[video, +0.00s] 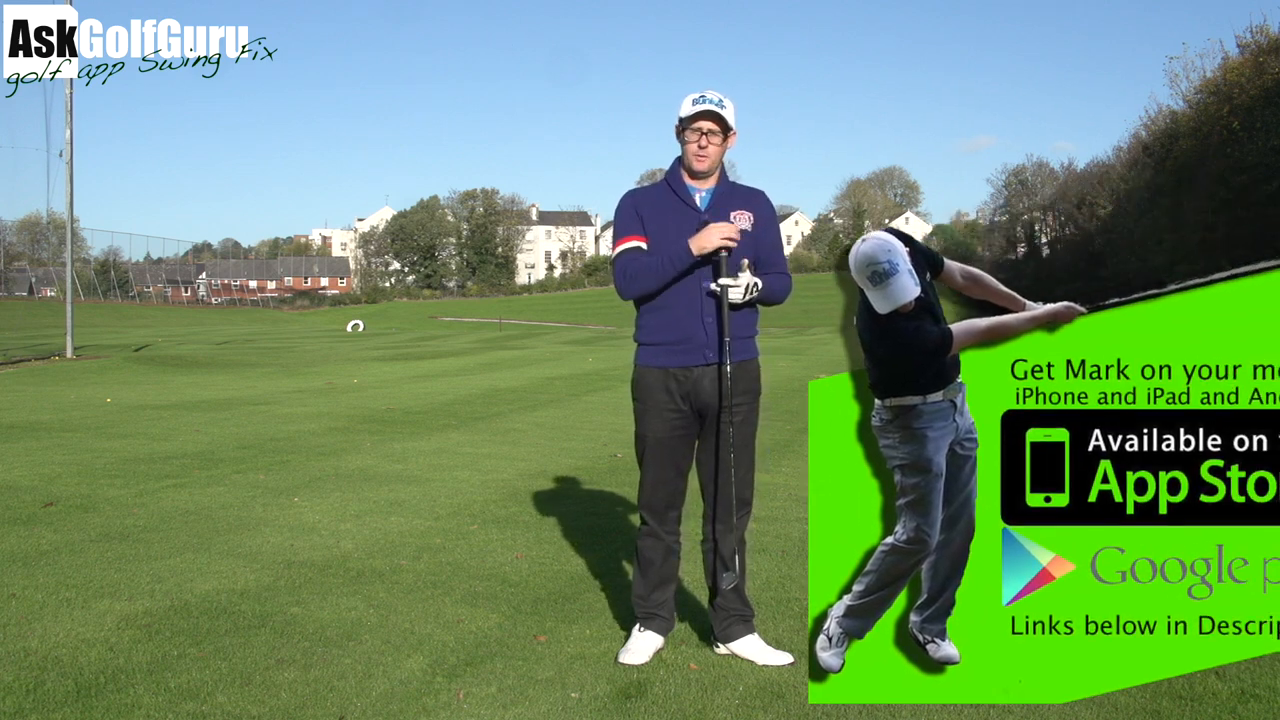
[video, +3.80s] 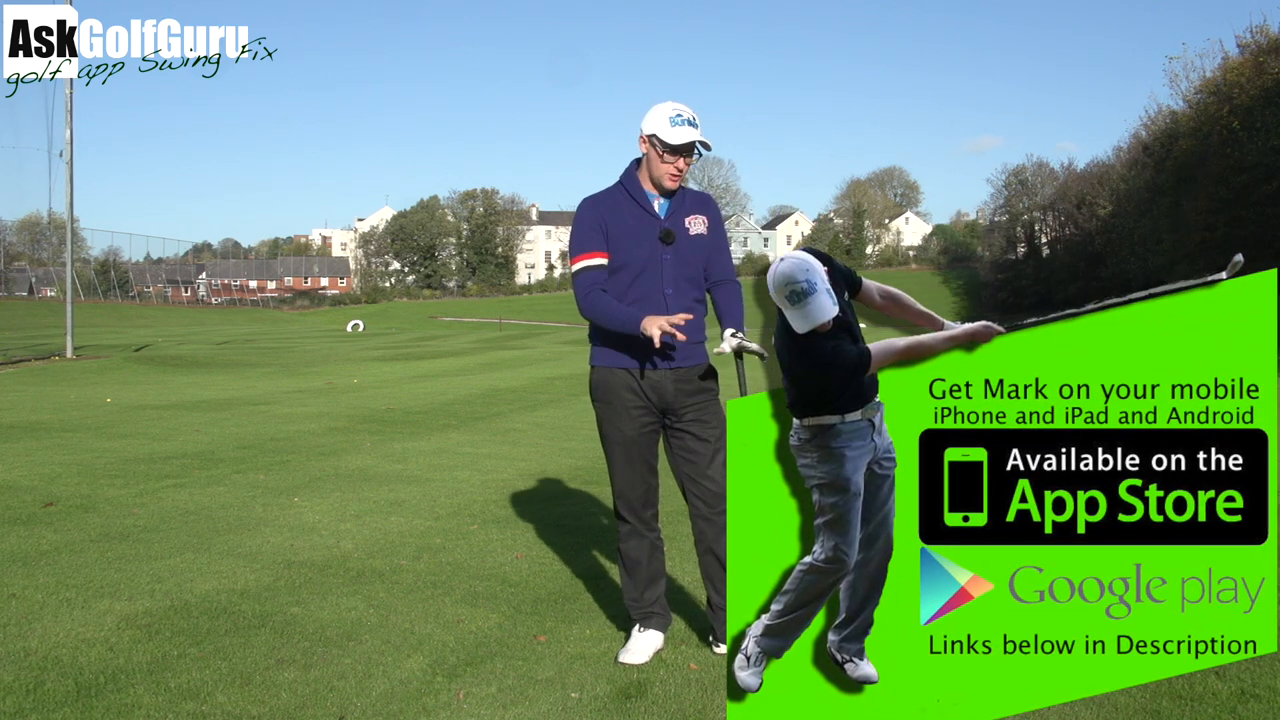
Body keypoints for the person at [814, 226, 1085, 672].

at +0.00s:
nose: (905, 304)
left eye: (907, 290)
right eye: (893, 301)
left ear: (905, 264)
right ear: (867, 288)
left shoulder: (902, 250)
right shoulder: (886, 328)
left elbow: (962, 277)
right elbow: (977, 333)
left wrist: (1027, 306)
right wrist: (1045, 317)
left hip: (953, 406)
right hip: (910, 420)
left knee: (956, 527)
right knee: (917, 535)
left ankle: (928, 623)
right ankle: (844, 621)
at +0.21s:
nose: (853, 316)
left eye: (855, 302)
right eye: (841, 314)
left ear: (854, 276)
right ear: (816, 301)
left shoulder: (850, 262)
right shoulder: (837, 341)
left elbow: (910, 289)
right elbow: (931, 344)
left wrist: (976, 319)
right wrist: (995, 329)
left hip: (901, 418)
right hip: (859, 432)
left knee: (904, 539)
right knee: (865, 548)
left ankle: (876, 635)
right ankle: (792, 634)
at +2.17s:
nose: (823, 324)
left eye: (825, 311)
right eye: (811, 322)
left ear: (824, 285)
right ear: (787, 310)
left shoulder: (819, 268)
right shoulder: (809, 351)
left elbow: (880, 296)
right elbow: (900, 352)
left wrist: (946, 327)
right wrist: (963, 337)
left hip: (871, 425)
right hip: (829, 440)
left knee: (874, 546)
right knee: (835, 555)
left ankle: (846, 642)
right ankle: (762, 641)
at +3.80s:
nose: (823, 323)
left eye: (825, 310)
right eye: (811, 321)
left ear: (823, 284)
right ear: (786, 308)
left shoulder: (819, 268)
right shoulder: (808, 351)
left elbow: (880, 296)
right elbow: (899, 352)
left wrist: (946, 327)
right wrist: (963, 337)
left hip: (871, 425)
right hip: (828, 439)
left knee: (874, 546)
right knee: (835, 555)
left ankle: (846, 642)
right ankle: (762, 641)